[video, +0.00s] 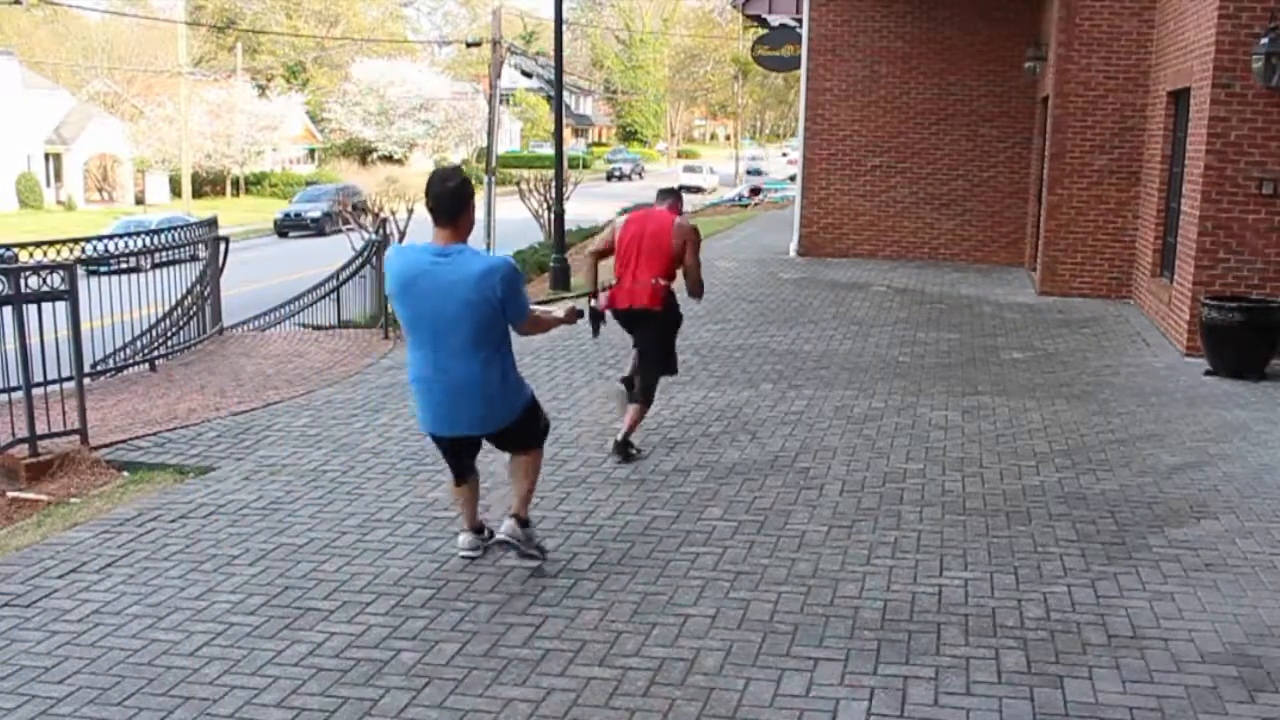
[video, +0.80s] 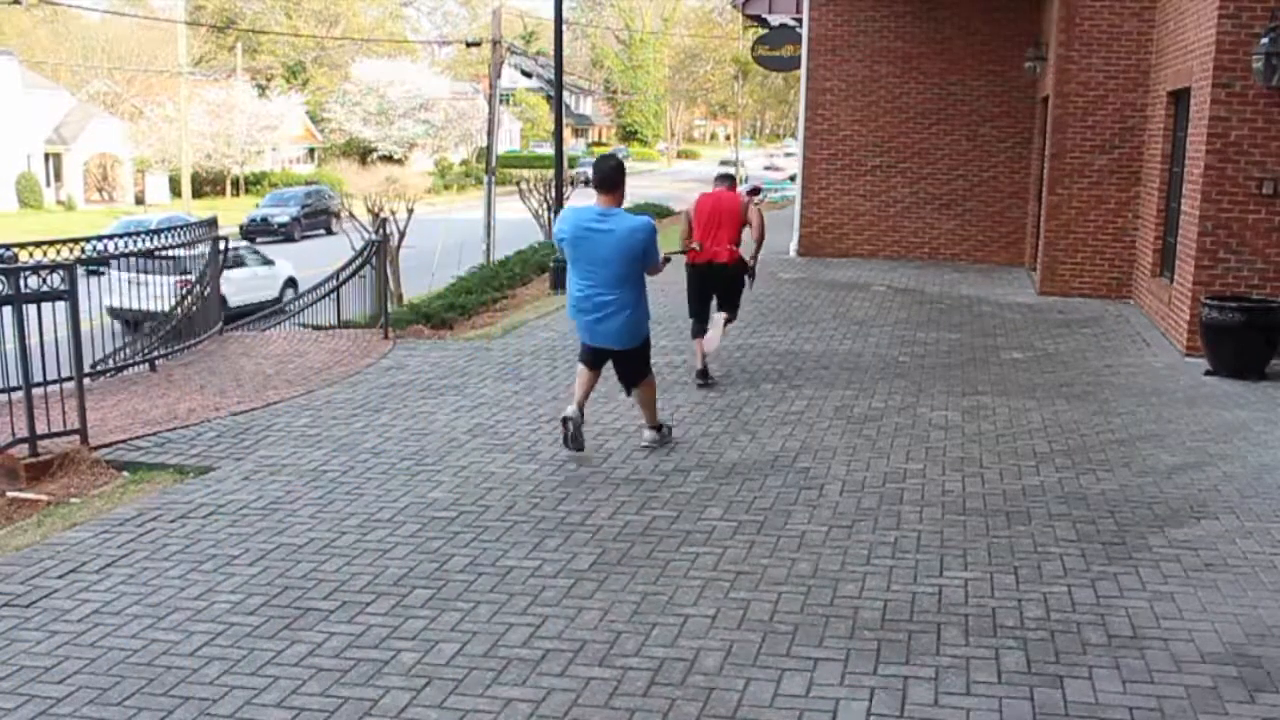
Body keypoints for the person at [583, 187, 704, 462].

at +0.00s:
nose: (680, 214)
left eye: (679, 210)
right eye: (681, 210)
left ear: (655, 204)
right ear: (678, 207)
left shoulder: (626, 221)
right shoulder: (685, 229)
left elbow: (593, 252)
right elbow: (695, 290)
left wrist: (593, 296)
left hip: (621, 304)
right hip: (655, 306)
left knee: (644, 338)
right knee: (647, 381)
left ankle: (631, 378)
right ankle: (623, 438)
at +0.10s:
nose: (689, 204)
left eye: (686, 200)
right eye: (689, 200)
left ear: (664, 195)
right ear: (687, 197)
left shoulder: (638, 210)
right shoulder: (695, 213)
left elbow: (601, 230)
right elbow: (709, 264)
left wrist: (602, 271)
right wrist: (699, 238)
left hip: (634, 290)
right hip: (669, 292)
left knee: (654, 338)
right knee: (657, 358)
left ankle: (648, 396)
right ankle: (635, 412)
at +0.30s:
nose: (699, 203)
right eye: (701, 199)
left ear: (677, 195)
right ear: (701, 198)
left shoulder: (654, 214)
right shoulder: (712, 215)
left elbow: (645, 252)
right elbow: (722, 234)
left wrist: (648, 269)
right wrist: (712, 269)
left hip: (656, 284)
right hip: (692, 284)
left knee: (649, 350)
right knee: (690, 325)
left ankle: (640, 409)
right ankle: (683, 356)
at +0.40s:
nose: (713, 198)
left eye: (709, 194)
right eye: (714, 194)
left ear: (690, 190)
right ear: (712, 192)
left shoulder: (666, 205)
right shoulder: (721, 205)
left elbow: (649, 252)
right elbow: (732, 228)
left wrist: (669, 254)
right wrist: (728, 267)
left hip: (667, 279)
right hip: (702, 278)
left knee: (663, 335)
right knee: (706, 329)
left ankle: (650, 382)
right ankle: (687, 377)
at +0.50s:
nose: (722, 200)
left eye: (720, 197)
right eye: (723, 196)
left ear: (700, 191)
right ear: (720, 194)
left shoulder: (676, 206)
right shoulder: (728, 211)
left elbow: (652, 242)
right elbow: (739, 257)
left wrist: (654, 267)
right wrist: (737, 278)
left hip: (673, 281)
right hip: (707, 283)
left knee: (685, 333)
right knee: (708, 339)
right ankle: (686, 387)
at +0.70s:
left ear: (711, 182)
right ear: (733, 185)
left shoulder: (692, 196)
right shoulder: (742, 200)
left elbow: (665, 221)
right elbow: (753, 241)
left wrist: (669, 259)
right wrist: (741, 262)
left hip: (692, 261)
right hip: (723, 262)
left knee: (699, 304)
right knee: (715, 317)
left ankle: (703, 359)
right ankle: (699, 351)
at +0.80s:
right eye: (735, 188)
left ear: (713, 185)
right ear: (735, 187)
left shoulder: (697, 202)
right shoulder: (744, 202)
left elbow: (685, 238)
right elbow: (757, 230)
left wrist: (692, 252)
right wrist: (754, 258)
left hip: (698, 265)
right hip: (729, 263)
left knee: (699, 319)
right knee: (729, 307)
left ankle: (701, 367)